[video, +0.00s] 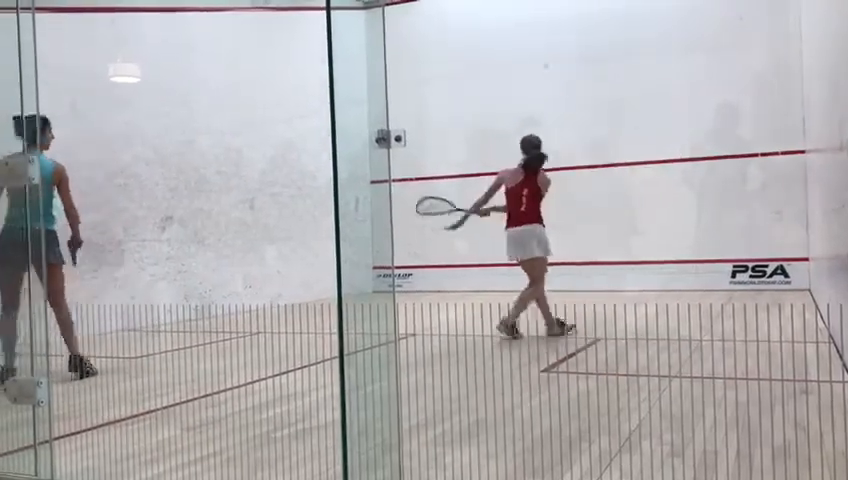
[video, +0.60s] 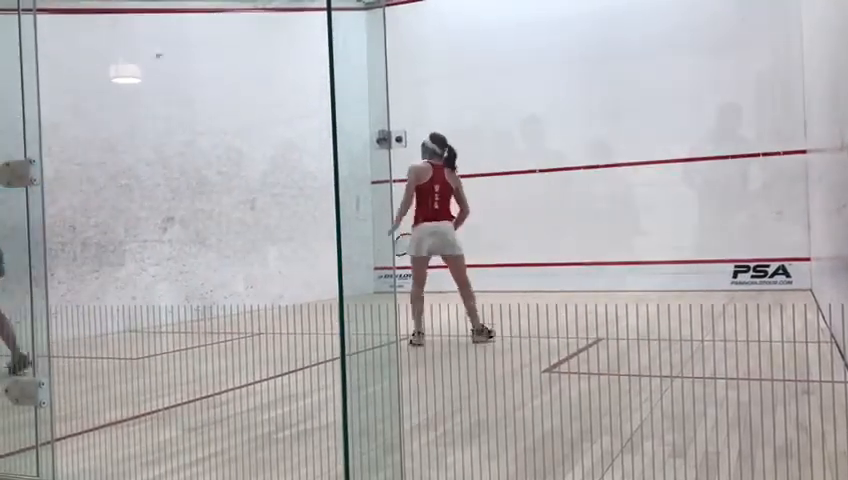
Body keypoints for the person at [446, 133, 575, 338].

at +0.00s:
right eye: (537, 149)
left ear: (521, 152)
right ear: (540, 152)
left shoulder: (507, 175)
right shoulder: (543, 178)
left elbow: (484, 199)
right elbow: (521, 204)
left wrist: (468, 213)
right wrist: (491, 210)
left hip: (513, 232)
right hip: (533, 230)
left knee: (536, 281)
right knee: (537, 282)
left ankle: (551, 323)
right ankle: (509, 320)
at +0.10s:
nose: (511, 155)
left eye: (509, 150)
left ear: (507, 151)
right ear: (526, 151)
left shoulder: (496, 173)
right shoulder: (529, 177)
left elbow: (481, 196)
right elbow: (517, 204)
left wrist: (474, 208)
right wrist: (486, 210)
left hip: (499, 231)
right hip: (520, 228)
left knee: (517, 283)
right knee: (518, 283)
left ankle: (531, 320)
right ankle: (504, 325)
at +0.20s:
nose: (491, 152)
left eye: (492, 148)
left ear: (492, 149)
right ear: (511, 148)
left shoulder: (481, 167)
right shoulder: (516, 174)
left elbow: (482, 188)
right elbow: (514, 208)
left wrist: (485, 204)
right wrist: (480, 215)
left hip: (486, 226)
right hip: (508, 226)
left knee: (491, 277)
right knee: (508, 281)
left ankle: (500, 321)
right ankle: (501, 326)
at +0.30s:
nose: (475, 150)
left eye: (476, 147)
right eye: (479, 146)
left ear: (477, 148)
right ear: (494, 147)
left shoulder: (469, 167)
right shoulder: (501, 173)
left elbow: (469, 190)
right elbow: (507, 208)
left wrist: (472, 212)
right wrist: (490, 217)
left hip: (472, 225)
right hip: (495, 224)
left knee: (465, 278)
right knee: (501, 279)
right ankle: (502, 325)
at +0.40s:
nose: (456, 154)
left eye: (457, 151)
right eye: (458, 151)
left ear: (459, 153)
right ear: (477, 153)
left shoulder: (452, 173)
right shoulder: (484, 176)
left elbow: (450, 203)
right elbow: (495, 210)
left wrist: (446, 229)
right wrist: (482, 224)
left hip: (456, 231)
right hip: (480, 230)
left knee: (441, 283)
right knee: (495, 280)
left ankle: (426, 328)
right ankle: (501, 326)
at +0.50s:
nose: (438, 155)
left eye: (439, 153)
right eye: (442, 153)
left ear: (441, 155)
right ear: (459, 157)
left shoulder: (432, 175)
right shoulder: (466, 178)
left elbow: (426, 209)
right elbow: (480, 212)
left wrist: (417, 235)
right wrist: (467, 229)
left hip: (436, 233)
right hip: (461, 232)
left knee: (426, 285)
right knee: (480, 284)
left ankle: (418, 332)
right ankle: (497, 326)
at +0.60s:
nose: (421, 153)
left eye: (422, 150)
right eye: (423, 150)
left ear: (426, 152)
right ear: (443, 153)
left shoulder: (416, 170)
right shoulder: (451, 175)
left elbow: (407, 203)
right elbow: (465, 209)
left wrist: (396, 222)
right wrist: (452, 228)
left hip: (423, 229)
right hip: (446, 228)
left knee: (418, 284)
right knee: (463, 282)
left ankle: (418, 332)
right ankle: (477, 327)